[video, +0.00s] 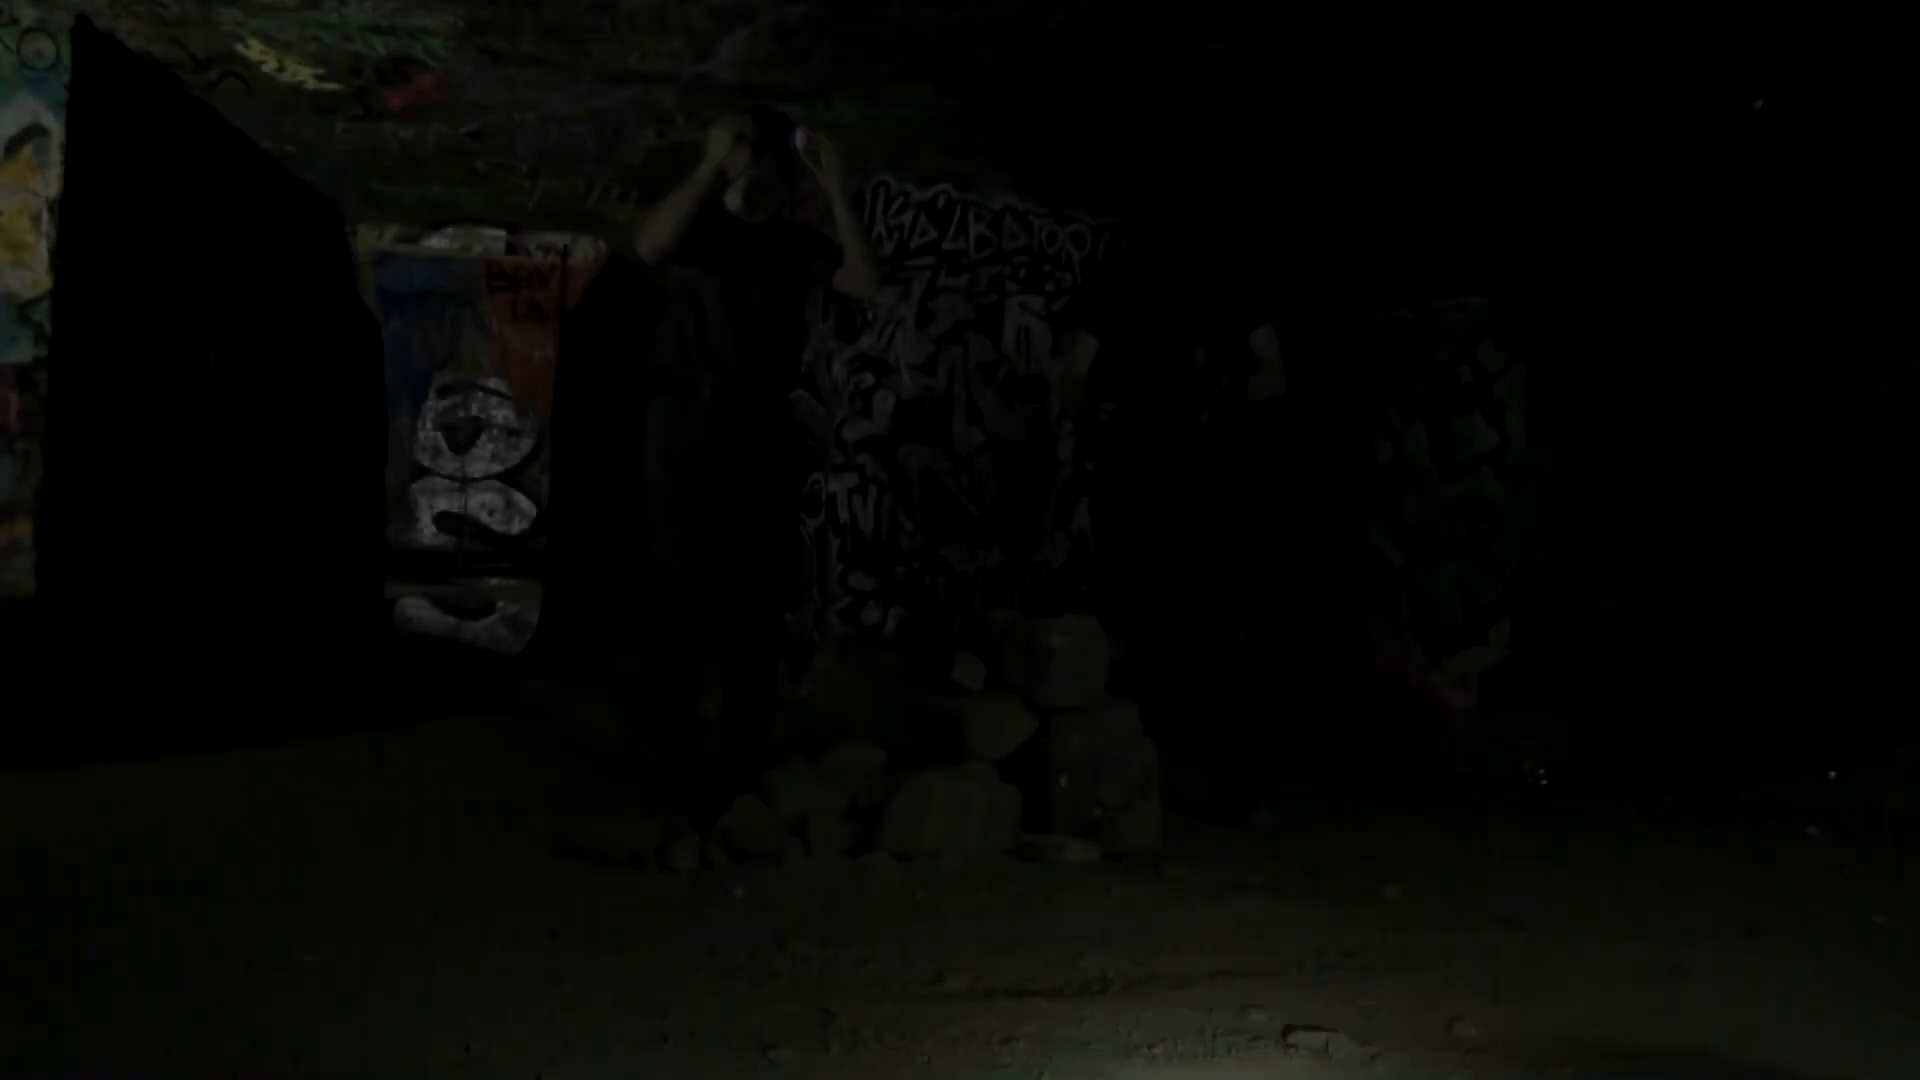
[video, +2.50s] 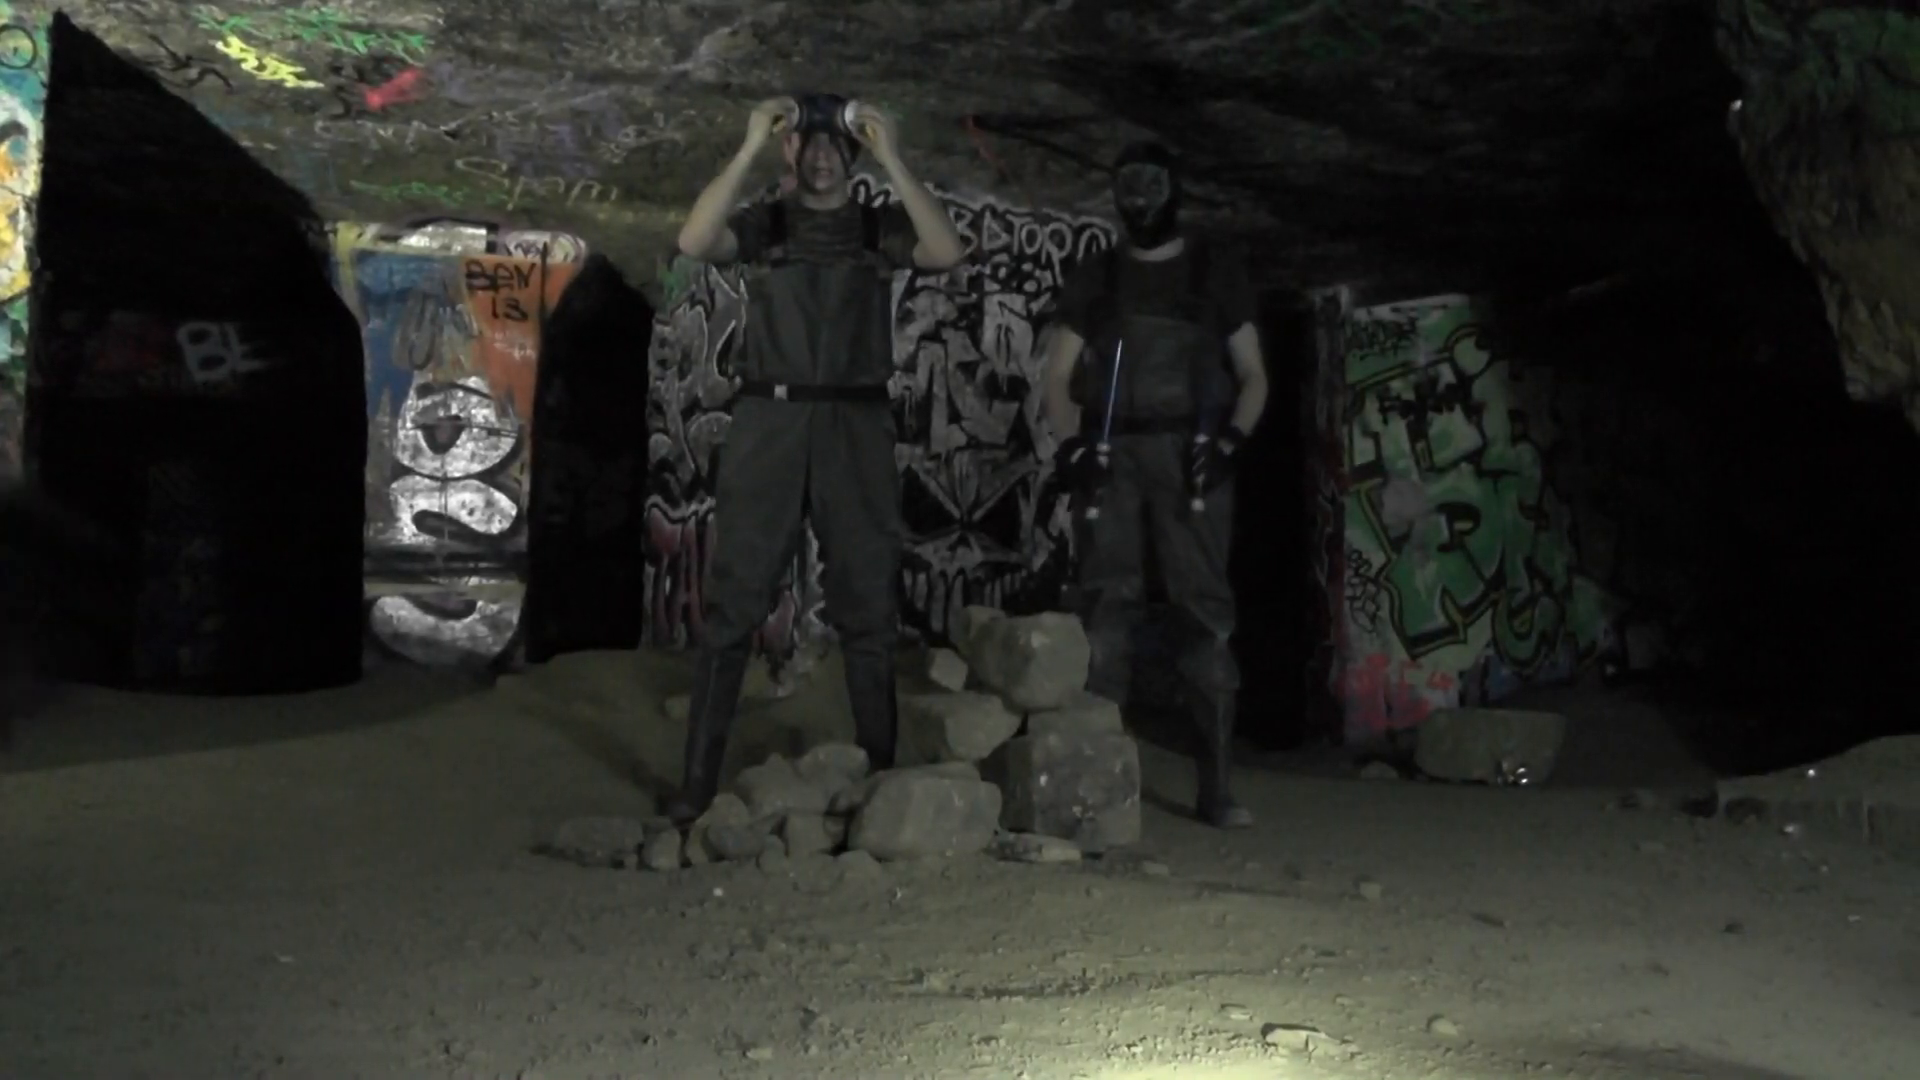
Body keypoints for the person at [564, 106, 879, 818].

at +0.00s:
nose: (748, 166)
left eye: (761, 152)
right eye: (738, 149)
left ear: (779, 167)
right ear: (720, 158)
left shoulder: (792, 237)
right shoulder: (693, 225)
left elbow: (863, 285)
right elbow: (647, 247)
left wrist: (831, 188)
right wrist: (709, 172)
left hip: (766, 432)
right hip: (681, 426)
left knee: (755, 597)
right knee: (678, 592)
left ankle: (744, 762)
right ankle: (661, 753)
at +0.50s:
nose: (744, 161)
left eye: (756, 149)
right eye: (728, 147)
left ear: (777, 163)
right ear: (706, 161)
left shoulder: (798, 232)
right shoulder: (685, 234)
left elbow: (861, 263)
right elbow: (629, 249)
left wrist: (813, 173)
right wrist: (680, 162)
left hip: (790, 431)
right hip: (703, 435)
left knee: (840, 592)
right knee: (701, 608)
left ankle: (868, 753)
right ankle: (698, 779)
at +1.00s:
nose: (832, 167)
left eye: (845, 157)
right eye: (819, 155)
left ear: (865, 169)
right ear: (794, 166)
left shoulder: (883, 236)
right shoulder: (773, 234)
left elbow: (949, 261)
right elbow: (708, 251)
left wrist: (898, 169)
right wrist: (763, 166)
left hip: (866, 437)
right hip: (777, 435)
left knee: (884, 604)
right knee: (738, 601)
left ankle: (895, 768)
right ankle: (701, 773)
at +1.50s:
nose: (846, 164)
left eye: (858, 154)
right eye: (834, 153)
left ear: (876, 168)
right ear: (809, 165)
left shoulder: (896, 233)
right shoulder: (782, 229)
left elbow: (969, 263)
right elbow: (719, 237)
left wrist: (918, 168)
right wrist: (779, 153)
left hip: (871, 436)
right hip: (782, 435)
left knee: (882, 610)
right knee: (744, 607)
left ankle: (884, 775)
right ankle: (706, 783)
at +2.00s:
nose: (816, 164)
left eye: (828, 153)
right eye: (803, 152)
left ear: (849, 160)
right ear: (781, 159)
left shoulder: (872, 228)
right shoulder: (756, 225)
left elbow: (939, 252)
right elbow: (688, 240)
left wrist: (883, 158)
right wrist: (745, 150)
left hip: (850, 439)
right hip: (761, 437)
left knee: (865, 615)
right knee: (729, 613)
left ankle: (882, 778)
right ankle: (697, 789)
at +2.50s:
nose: (819, 159)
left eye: (832, 147)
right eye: (805, 145)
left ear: (854, 156)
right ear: (785, 155)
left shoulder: (879, 228)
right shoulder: (762, 225)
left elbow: (944, 252)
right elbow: (694, 242)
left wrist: (889, 159)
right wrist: (750, 152)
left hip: (856, 439)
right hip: (767, 437)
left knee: (868, 614)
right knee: (733, 612)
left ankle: (880, 777)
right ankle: (696, 790)